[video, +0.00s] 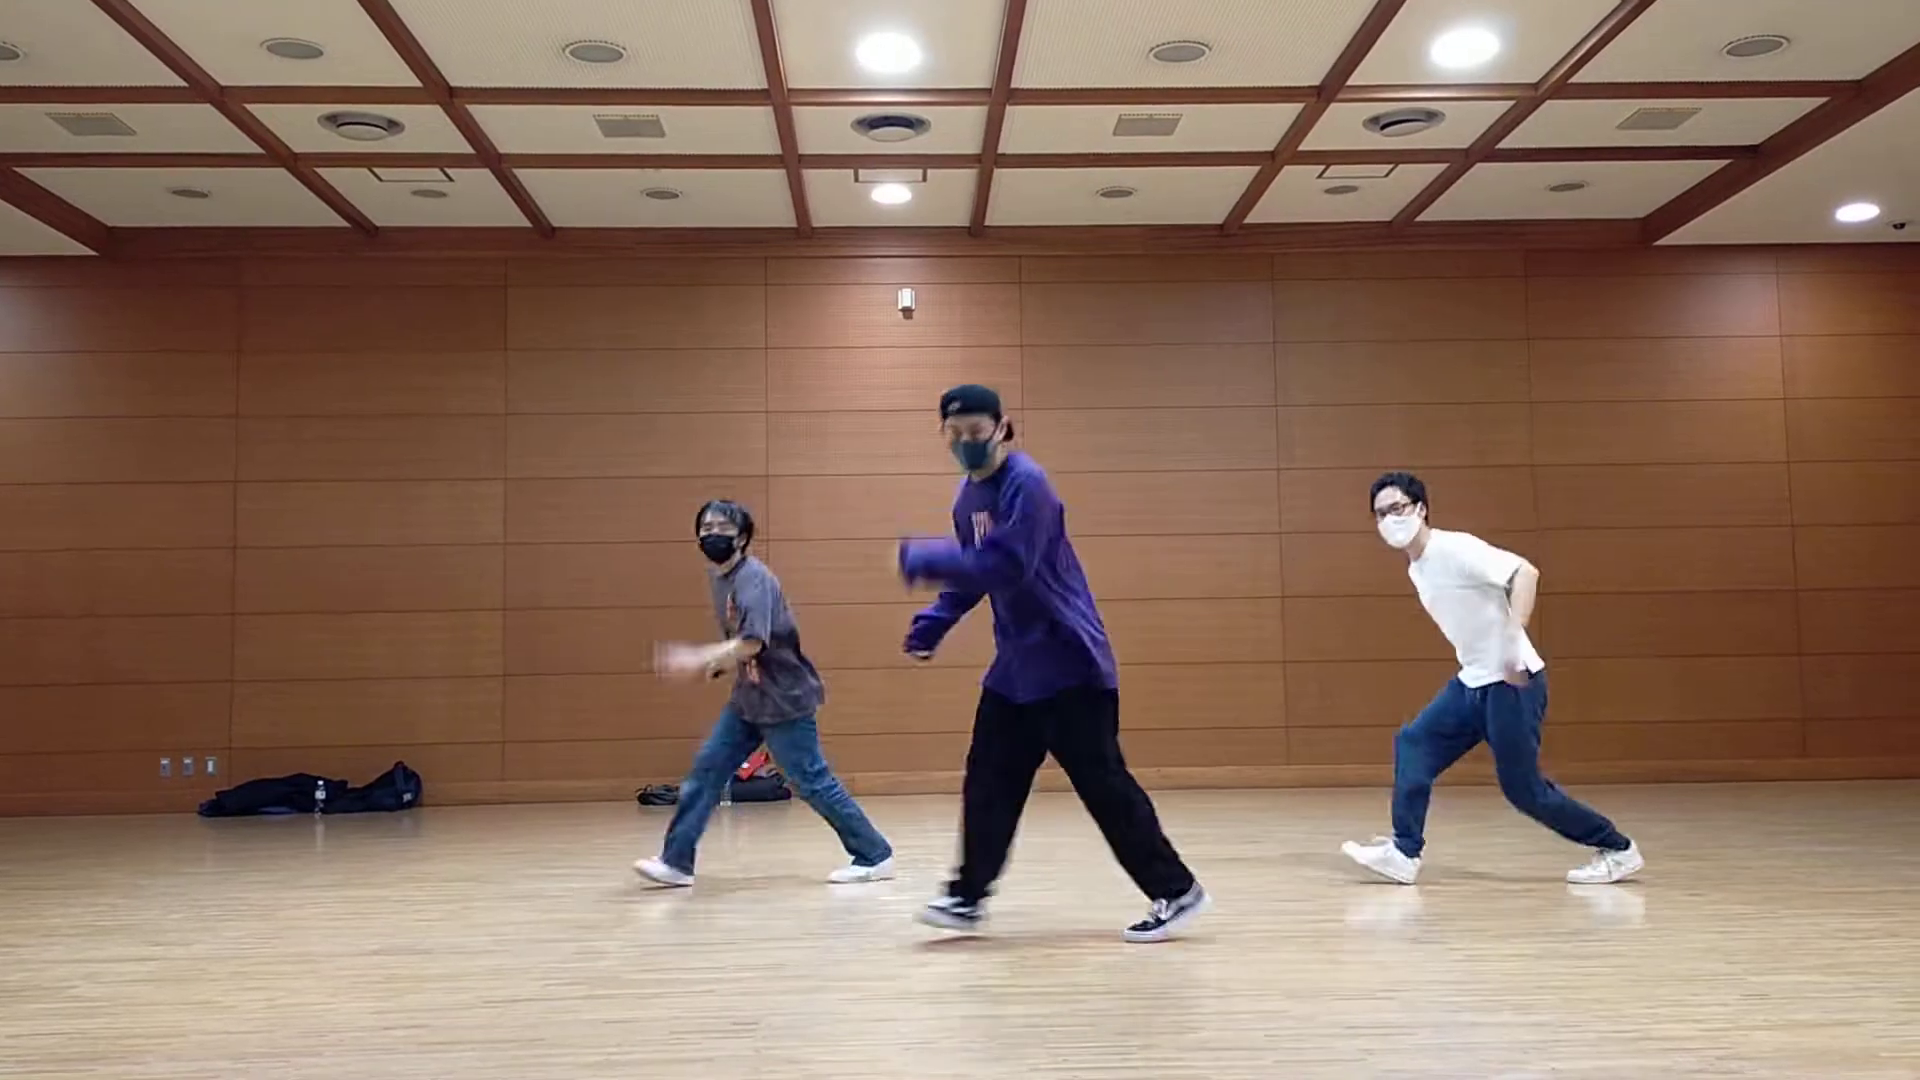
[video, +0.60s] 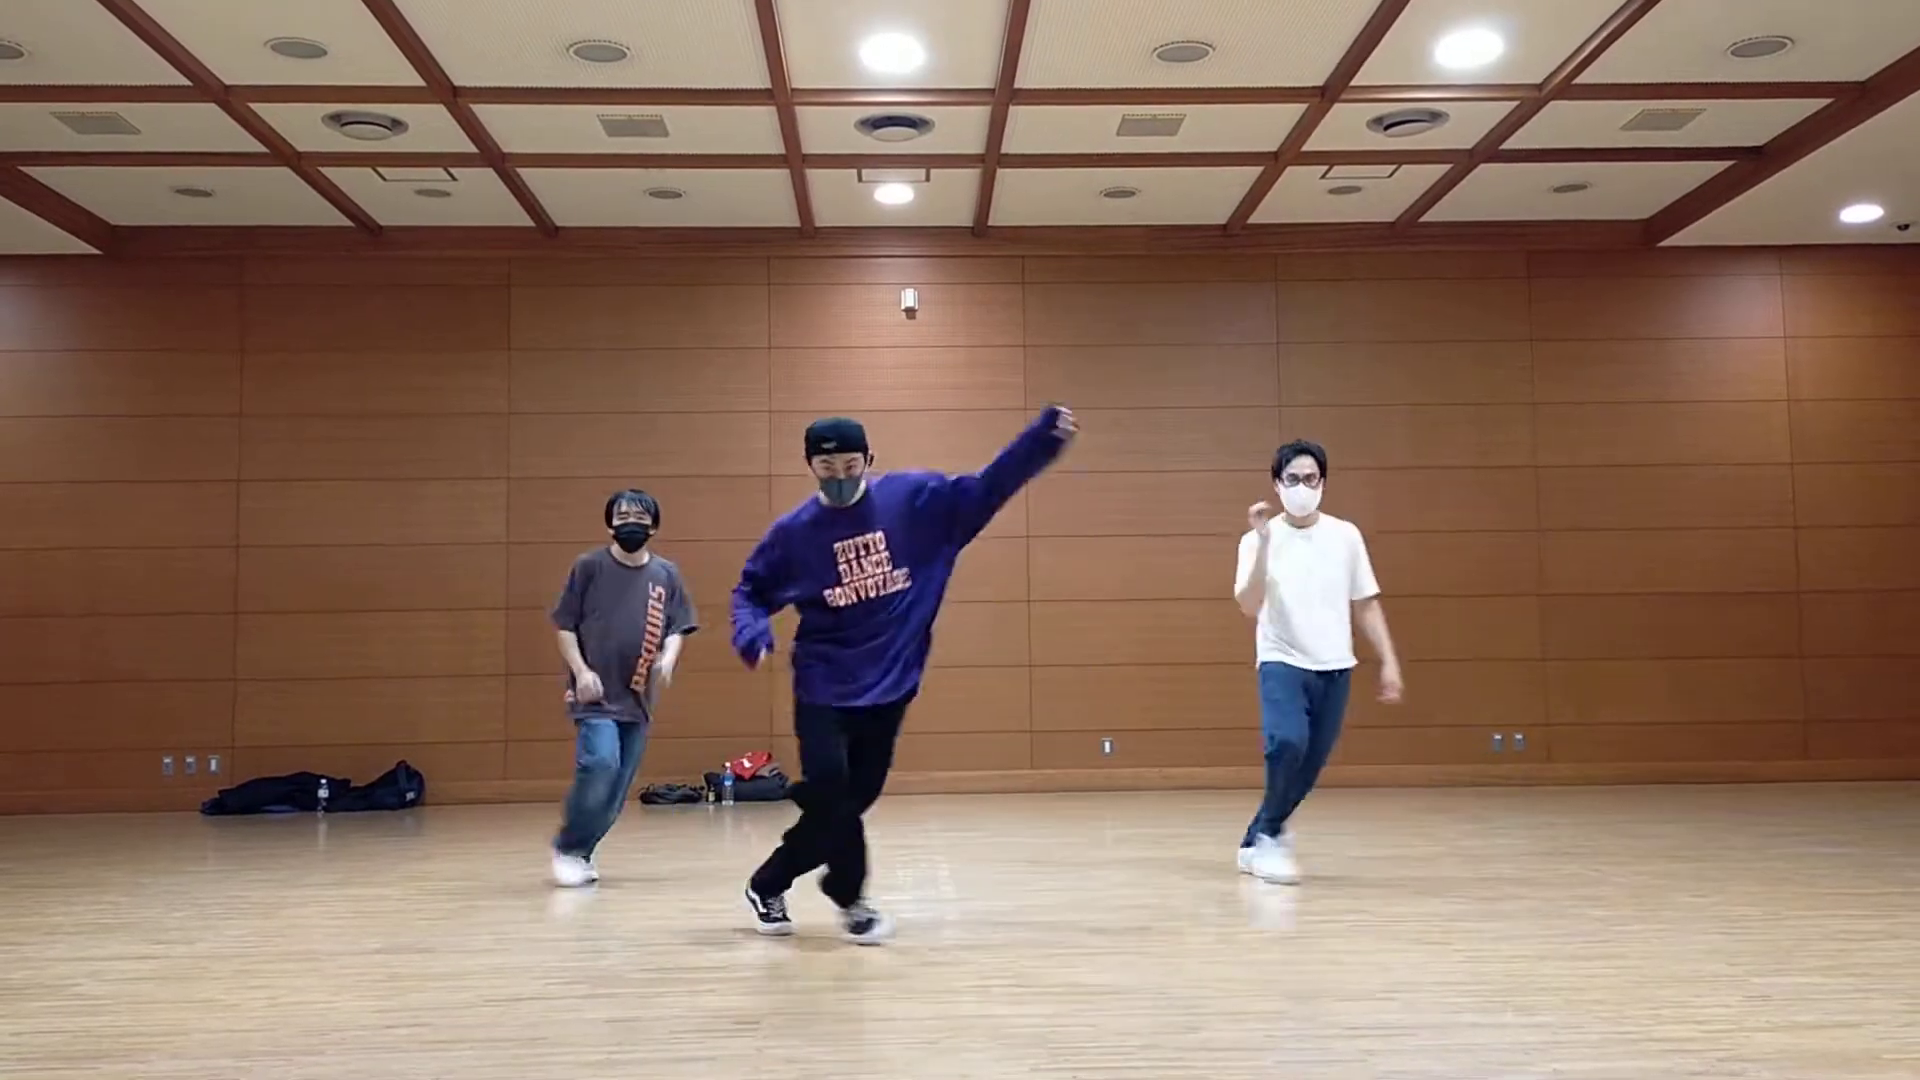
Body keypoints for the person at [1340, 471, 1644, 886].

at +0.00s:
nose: (1392, 519)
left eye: (1400, 509)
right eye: (1382, 514)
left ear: (1421, 509)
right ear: (1376, 524)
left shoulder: (1454, 548)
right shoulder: (1419, 569)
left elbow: (1524, 574)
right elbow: (1471, 607)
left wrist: (1513, 642)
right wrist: (1478, 660)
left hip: (1511, 682)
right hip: (1472, 684)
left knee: (1523, 789)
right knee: (1415, 744)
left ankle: (1618, 849)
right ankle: (1403, 852)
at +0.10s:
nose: (1370, 512)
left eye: (1377, 501)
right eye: (1360, 506)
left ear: (1398, 503)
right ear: (1354, 517)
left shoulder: (1437, 541)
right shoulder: (1389, 564)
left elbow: (1506, 577)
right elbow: (1430, 609)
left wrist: (1549, 636)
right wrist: (1427, 651)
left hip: (1488, 679)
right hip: (1443, 683)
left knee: (1517, 783)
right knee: (1388, 746)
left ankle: (1612, 845)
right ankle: (1391, 856)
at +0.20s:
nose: (1351, 486)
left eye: (1358, 476)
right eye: (1341, 480)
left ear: (1378, 477)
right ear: (1333, 489)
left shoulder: (1417, 518)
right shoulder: (1353, 542)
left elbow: (1479, 564)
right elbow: (1377, 589)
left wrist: (1539, 609)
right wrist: (1365, 629)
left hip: (1447, 655)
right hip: (1401, 664)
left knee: (1478, 756)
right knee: (1364, 745)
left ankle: (1569, 821)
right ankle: (1390, 857)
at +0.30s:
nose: (1335, 472)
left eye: (1343, 463)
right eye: (1325, 466)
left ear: (1361, 465)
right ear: (1316, 476)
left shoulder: (1401, 508)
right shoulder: (1323, 533)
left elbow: (1458, 556)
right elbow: (1336, 592)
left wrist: (1516, 605)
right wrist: (1312, 608)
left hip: (1416, 645)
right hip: (1365, 656)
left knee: (1413, 744)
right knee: (1349, 750)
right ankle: (1389, 856)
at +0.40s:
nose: (1323, 473)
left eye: (1332, 464)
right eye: (1313, 467)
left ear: (1347, 469)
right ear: (1300, 476)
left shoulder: (1383, 511)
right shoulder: (1297, 538)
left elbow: (1435, 567)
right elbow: (1302, 609)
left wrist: (1479, 619)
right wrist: (1274, 594)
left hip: (1387, 646)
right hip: (1332, 653)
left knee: (1369, 747)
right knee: (1330, 753)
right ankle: (1380, 853)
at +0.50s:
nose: (1311, 482)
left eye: (1319, 474)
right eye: (1300, 475)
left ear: (1332, 478)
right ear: (1286, 482)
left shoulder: (1366, 524)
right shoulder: (1275, 543)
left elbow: (1401, 589)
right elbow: (1274, 616)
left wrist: (1436, 647)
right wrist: (1251, 567)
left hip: (1361, 658)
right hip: (1305, 658)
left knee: (1339, 759)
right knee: (1310, 752)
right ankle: (1343, 845)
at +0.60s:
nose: (1303, 487)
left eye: (1312, 479)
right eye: (1294, 479)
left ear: (1323, 484)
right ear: (1277, 483)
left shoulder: (1345, 535)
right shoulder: (1259, 539)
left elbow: (1367, 604)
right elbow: (1249, 605)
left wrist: (1389, 661)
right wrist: (1262, 542)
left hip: (1335, 666)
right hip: (1282, 661)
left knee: (1311, 763)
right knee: (1289, 743)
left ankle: (1258, 840)